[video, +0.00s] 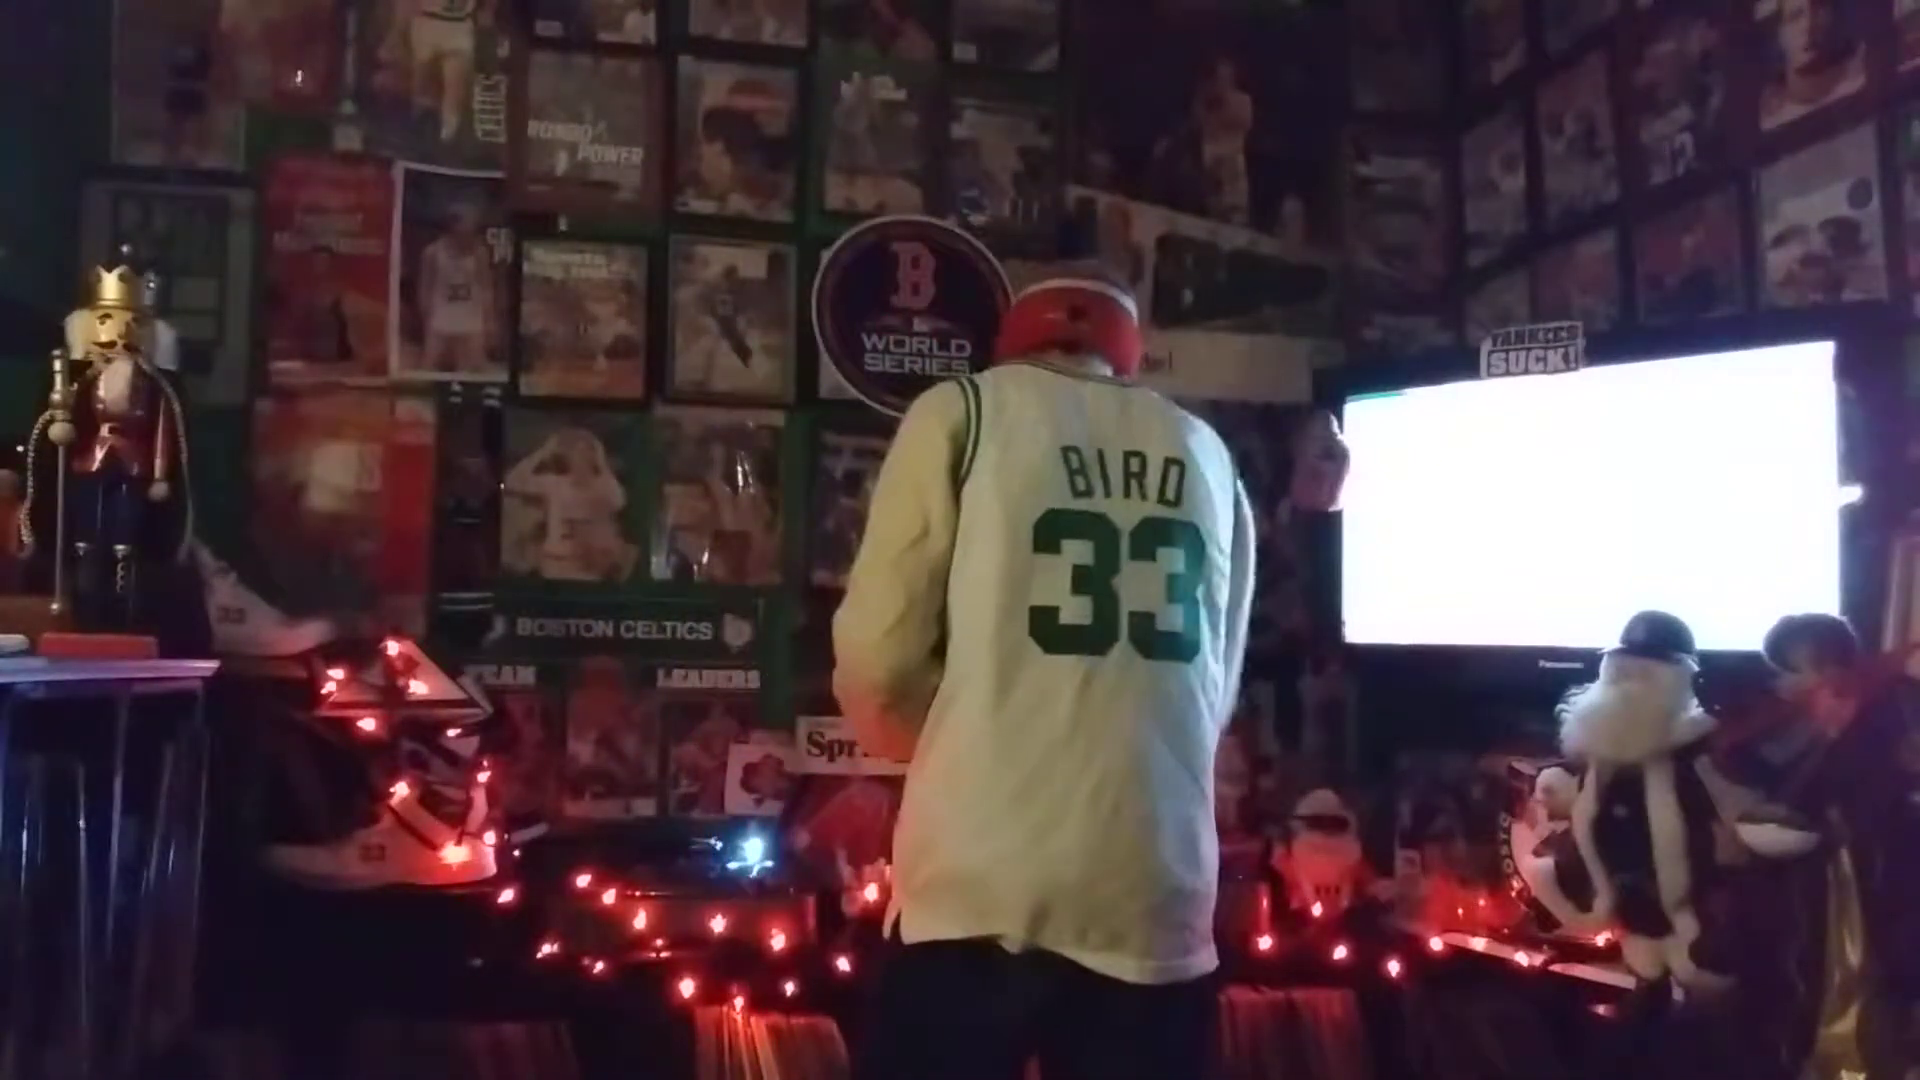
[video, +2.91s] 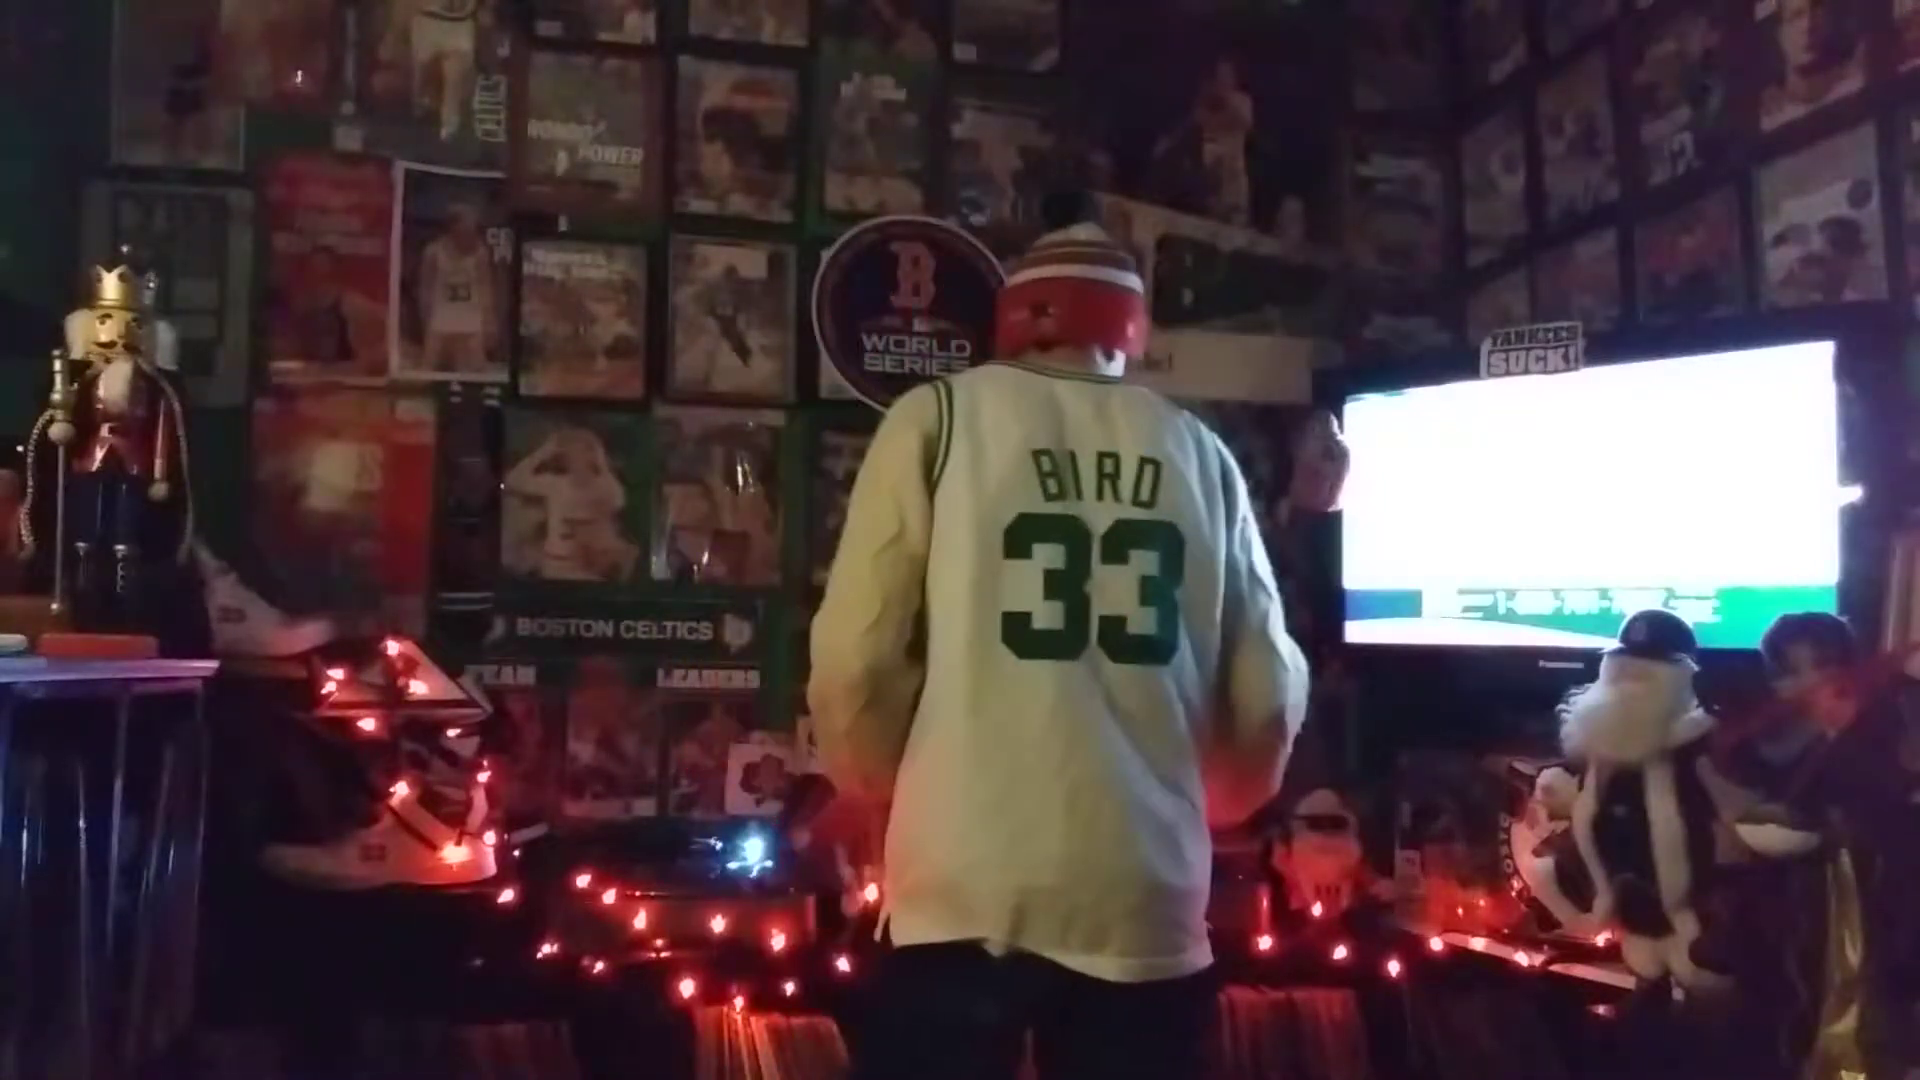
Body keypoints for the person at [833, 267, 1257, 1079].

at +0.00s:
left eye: (1004, 343)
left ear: (1011, 341)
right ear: (1134, 360)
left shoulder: (961, 411)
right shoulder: (1213, 455)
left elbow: (876, 661)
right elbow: (1216, 688)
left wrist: (950, 766)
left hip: (975, 884)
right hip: (1156, 903)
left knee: (933, 1061)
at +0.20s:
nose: (969, 366)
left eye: (974, 355)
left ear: (986, 350)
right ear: (1104, 370)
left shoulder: (946, 408)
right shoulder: (1187, 454)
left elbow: (866, 661)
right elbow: (1186, 653)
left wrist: (928, 765)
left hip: (976, 892)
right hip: (1153, 909)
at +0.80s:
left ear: (862, 348)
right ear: (995, 351)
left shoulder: (817, 422)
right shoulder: (1077, 448)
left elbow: (749, 672)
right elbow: (1101, 662)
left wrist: (858, 765)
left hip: (879, 877)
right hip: (1068, 884)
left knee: (869, 1060)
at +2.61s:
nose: (943, 333)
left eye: (952, 314)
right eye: (950, 313)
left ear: (973, 318)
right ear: (1083, 336)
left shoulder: (883, 425)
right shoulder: (1151, 443)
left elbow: (802, 664)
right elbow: (1197, 676)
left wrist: (840, 821)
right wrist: (1122, 792)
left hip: (931, 880)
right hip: (1118, 888)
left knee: (915, 1064)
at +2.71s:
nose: (963, 334)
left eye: (972, 315)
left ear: (994, 318)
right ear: (1100, 334)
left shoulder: (907, 422)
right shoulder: (1171, 448)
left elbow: (830, 666)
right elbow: (1229, 692)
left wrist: (849, 816)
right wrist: (1162, 804)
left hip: (946, 880)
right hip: (1132, 890)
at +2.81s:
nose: (979, 335)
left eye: (988, 316)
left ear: (1010, 319)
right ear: (1116, 340)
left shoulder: (924, 418)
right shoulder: (1189, 451)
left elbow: (844, 667)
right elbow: (1249, 705)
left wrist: (868, 813)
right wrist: (1179, 812)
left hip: (953, 887)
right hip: (1140, 902)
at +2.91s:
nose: (996, 330)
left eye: (1004, 313)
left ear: (1019, 317)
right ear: (1130, 339)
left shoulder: (937, 415)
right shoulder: (1204, 453)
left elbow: (851, 664)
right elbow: (1263, 706)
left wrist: (915, 807)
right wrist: (1179, 812)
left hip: (959, 892)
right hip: (1148, 909)